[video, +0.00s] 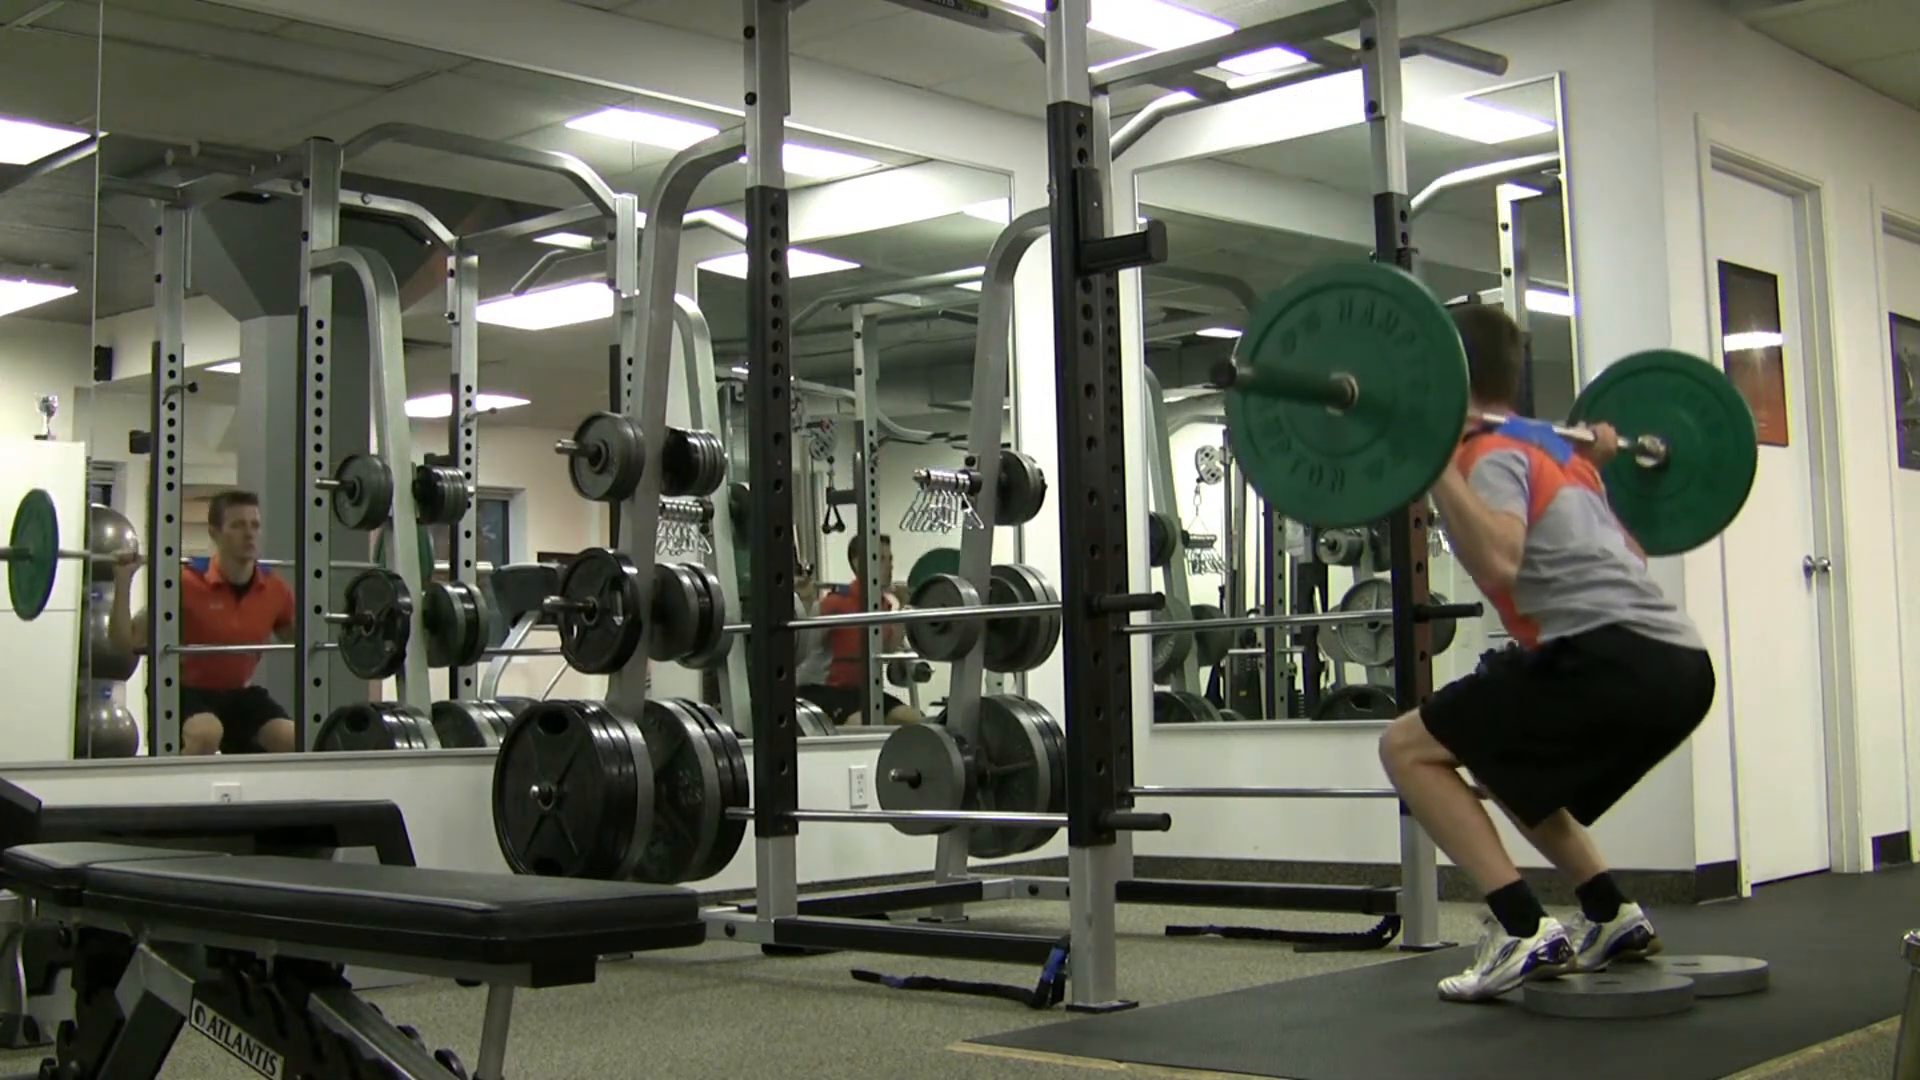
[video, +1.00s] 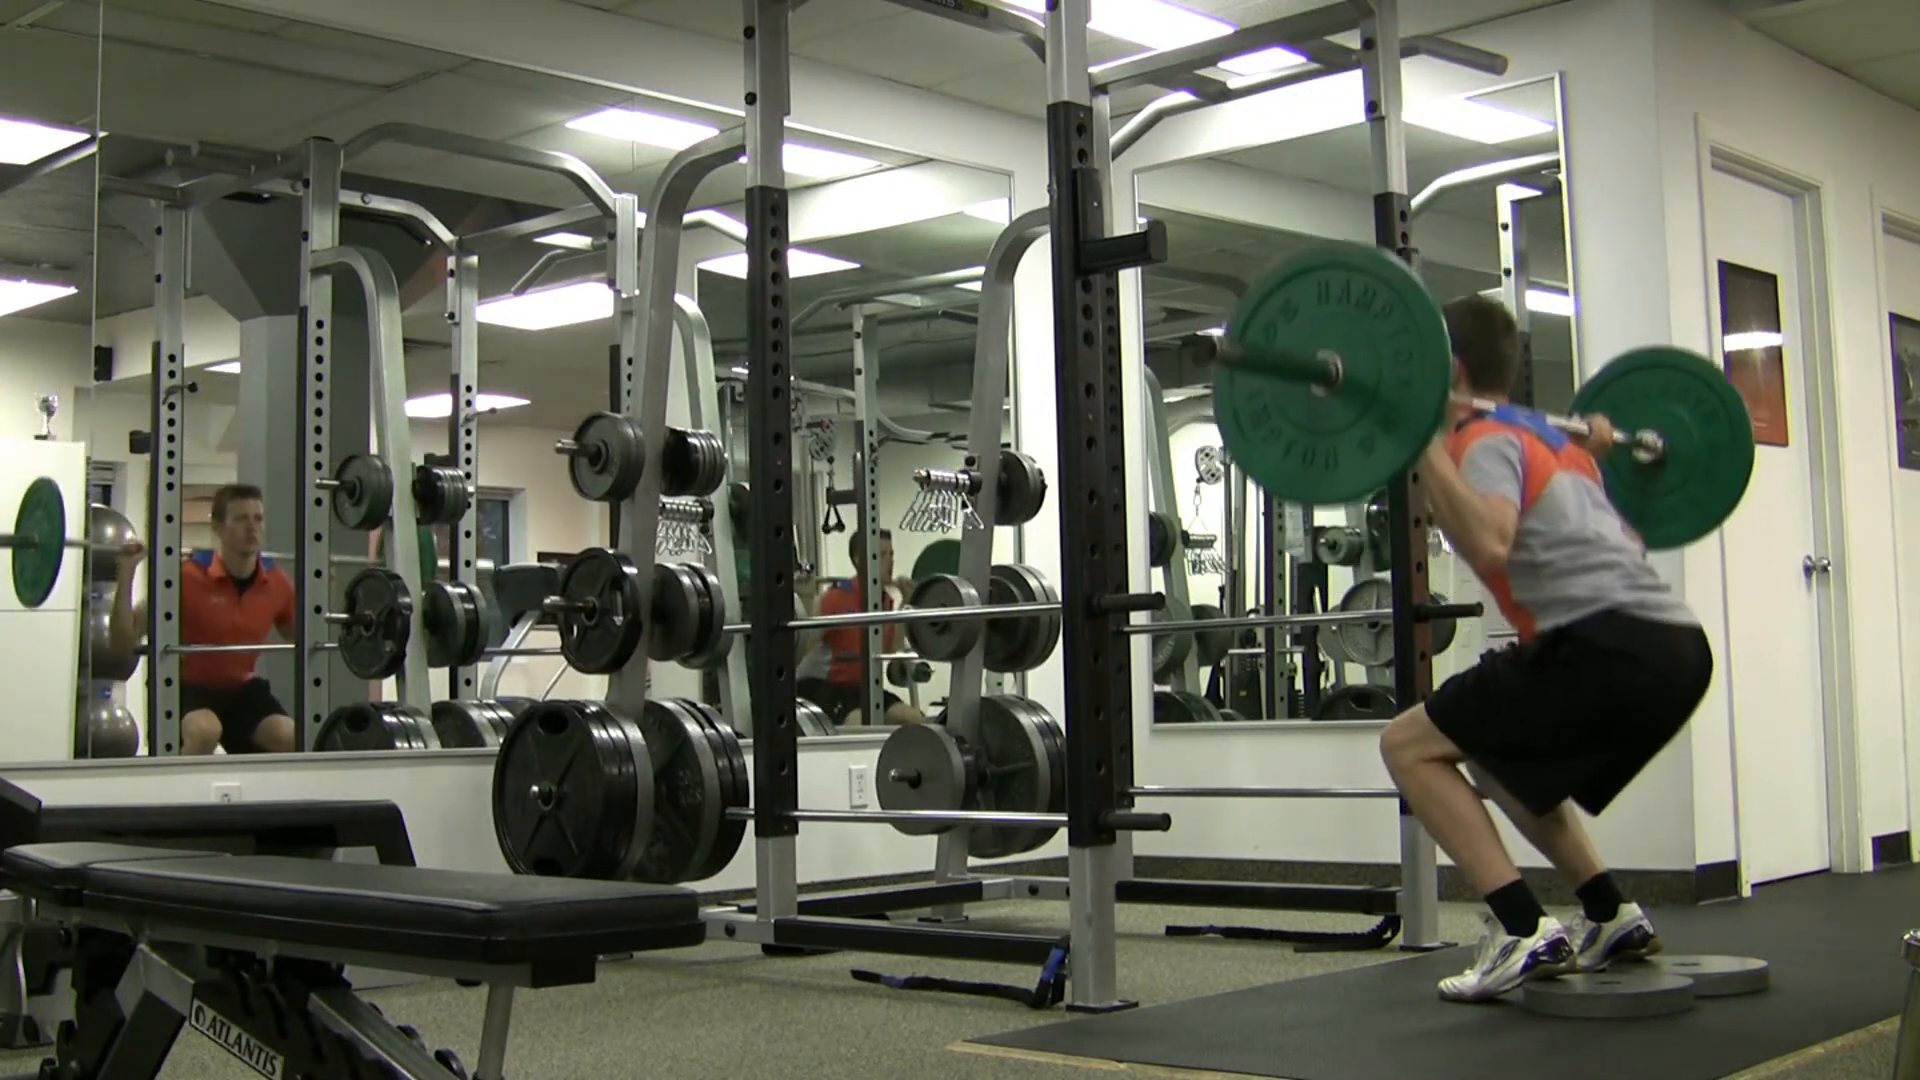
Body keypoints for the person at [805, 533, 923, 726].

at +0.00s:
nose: (889, 566)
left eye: (890, 559)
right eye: (881, 559)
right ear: (857, 563)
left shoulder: (884, 605)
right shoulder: (836, 602)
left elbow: (890, 649)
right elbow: (811, 644)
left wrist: (904, 606)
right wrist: (806, 602)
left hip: (869, 689)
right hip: (832, 690)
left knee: (913, 720)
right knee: (865, 727)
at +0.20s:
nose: (889, 579)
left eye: (891, 572)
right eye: (882, 572)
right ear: (858, 576)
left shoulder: (886, 616)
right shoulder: (835, 613)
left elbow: (896, 673)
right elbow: (810, 661)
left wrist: (902, 620)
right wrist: (810, 613)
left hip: (872, 699)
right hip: (836, 699)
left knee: (917, 722)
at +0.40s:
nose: (891, 589)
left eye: (892, 582)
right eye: (882, 583)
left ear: (895, 583)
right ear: (859, 586)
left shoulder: (884, 625)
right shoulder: (836, 623)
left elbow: (891, 674)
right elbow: (808, 671)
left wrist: (908, 627)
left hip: (871, 704)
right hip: (837, 706)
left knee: (916, 721)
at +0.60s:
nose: (892, 593)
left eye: (893, 586)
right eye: (883, 586)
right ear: (859, 590)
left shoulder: (885, 631)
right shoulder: (834, 627)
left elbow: (890, 677)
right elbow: (805, 677)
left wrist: (908, 631)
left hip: (870, 706)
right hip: (834, 708)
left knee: (916, 721)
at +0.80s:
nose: (892, 584)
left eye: (893, 577)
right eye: (883, 578)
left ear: (896, 577)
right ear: (860, 582)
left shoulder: (885, 619)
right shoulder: (837, 618)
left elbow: (894, 674)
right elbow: (806, 668)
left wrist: (908, 625)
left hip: (873, 700)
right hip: (836, 701)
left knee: (916, 722)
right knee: (866, 733)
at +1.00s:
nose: (890, 561)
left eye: (891, 554)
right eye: (882, 555)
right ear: (858, 559)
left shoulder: (885, 602)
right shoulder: (836, 598)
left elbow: (891, 650)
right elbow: (811, 643)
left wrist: (907, 604)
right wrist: (807, 600)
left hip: (870, 687)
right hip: (835, 687)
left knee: (915, 720)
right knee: (863, 728)